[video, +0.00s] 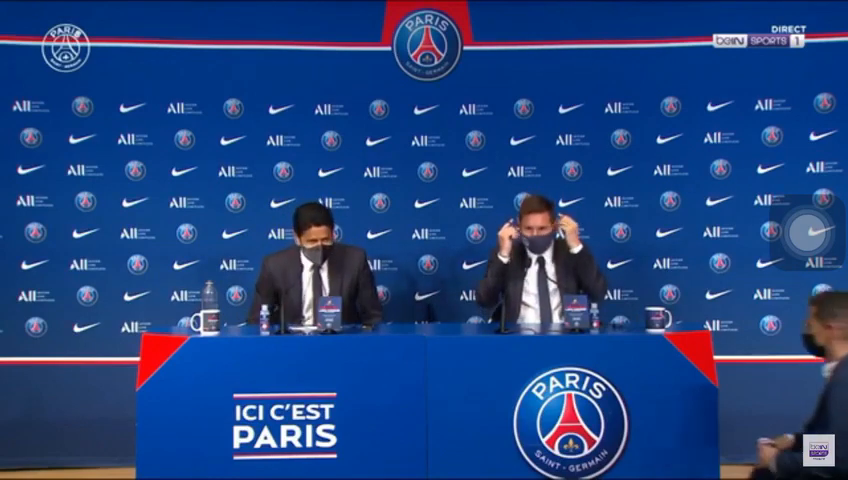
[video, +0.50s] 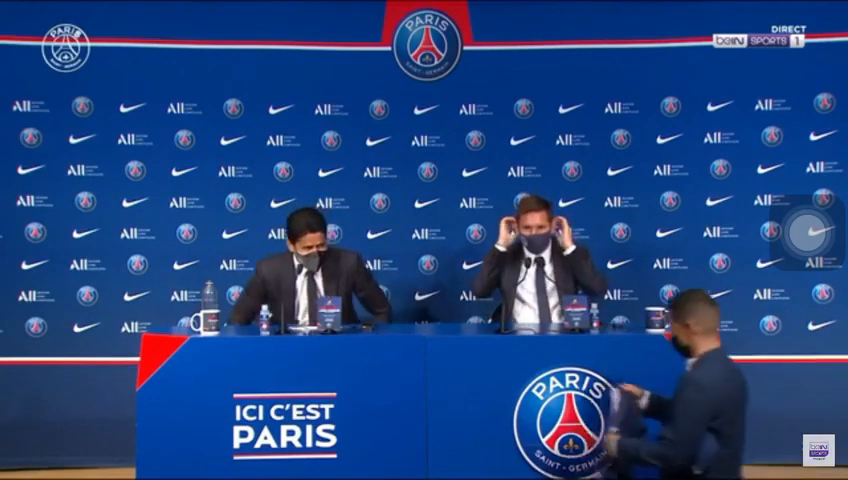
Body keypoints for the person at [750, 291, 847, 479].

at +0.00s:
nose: (808, 328)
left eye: (812, 321)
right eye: (810, 321)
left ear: (832, 328)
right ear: (833, 327)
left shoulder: (841, 380)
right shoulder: (838, 374)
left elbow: (837, 460)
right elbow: (825, 429)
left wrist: (777, 461)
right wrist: (793, 441)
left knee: (762, 474)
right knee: (760, 472)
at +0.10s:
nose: (782, 325)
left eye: (786, 318)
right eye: (784, 318)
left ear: (804, 324)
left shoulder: (822, 376)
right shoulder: (821, 369)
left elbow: (810, 451)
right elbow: (806, 430)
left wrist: (750, 454)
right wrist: (768, 436)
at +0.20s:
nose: (745, 323)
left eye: (749, 316)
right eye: (746, 316)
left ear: (767, 321)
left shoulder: (787, 369)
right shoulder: (784, 365)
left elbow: (772, 448)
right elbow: (769, 427)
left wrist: (714, 450)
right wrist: (728, 428)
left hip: (783, 474)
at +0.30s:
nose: (724, 324)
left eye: (727, 316)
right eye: (724, 316)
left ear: (745, 320)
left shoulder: (764, 369)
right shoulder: (767, 363)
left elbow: (746, 448)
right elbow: (747, 426)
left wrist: (688, 452)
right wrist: (703, 419)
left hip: (761, 474)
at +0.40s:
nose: (693, 329)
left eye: (695, 322)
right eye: (693, 322)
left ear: (712, 324)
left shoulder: (727, 374)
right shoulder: (742, 365)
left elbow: (705, 451)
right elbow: (712, 416)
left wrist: (649, 449)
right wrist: (670, 406)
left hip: (727, 473)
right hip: (744, 471)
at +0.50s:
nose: (672, 334)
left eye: (673, 326)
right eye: (672, 327)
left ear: (690, 328)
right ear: (715, 325)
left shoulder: (699, 380)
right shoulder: (728, 371)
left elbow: (674, 454)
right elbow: (693, 414)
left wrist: (620, 446)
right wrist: (645, 400)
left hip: (699, 474)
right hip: (724, 472)